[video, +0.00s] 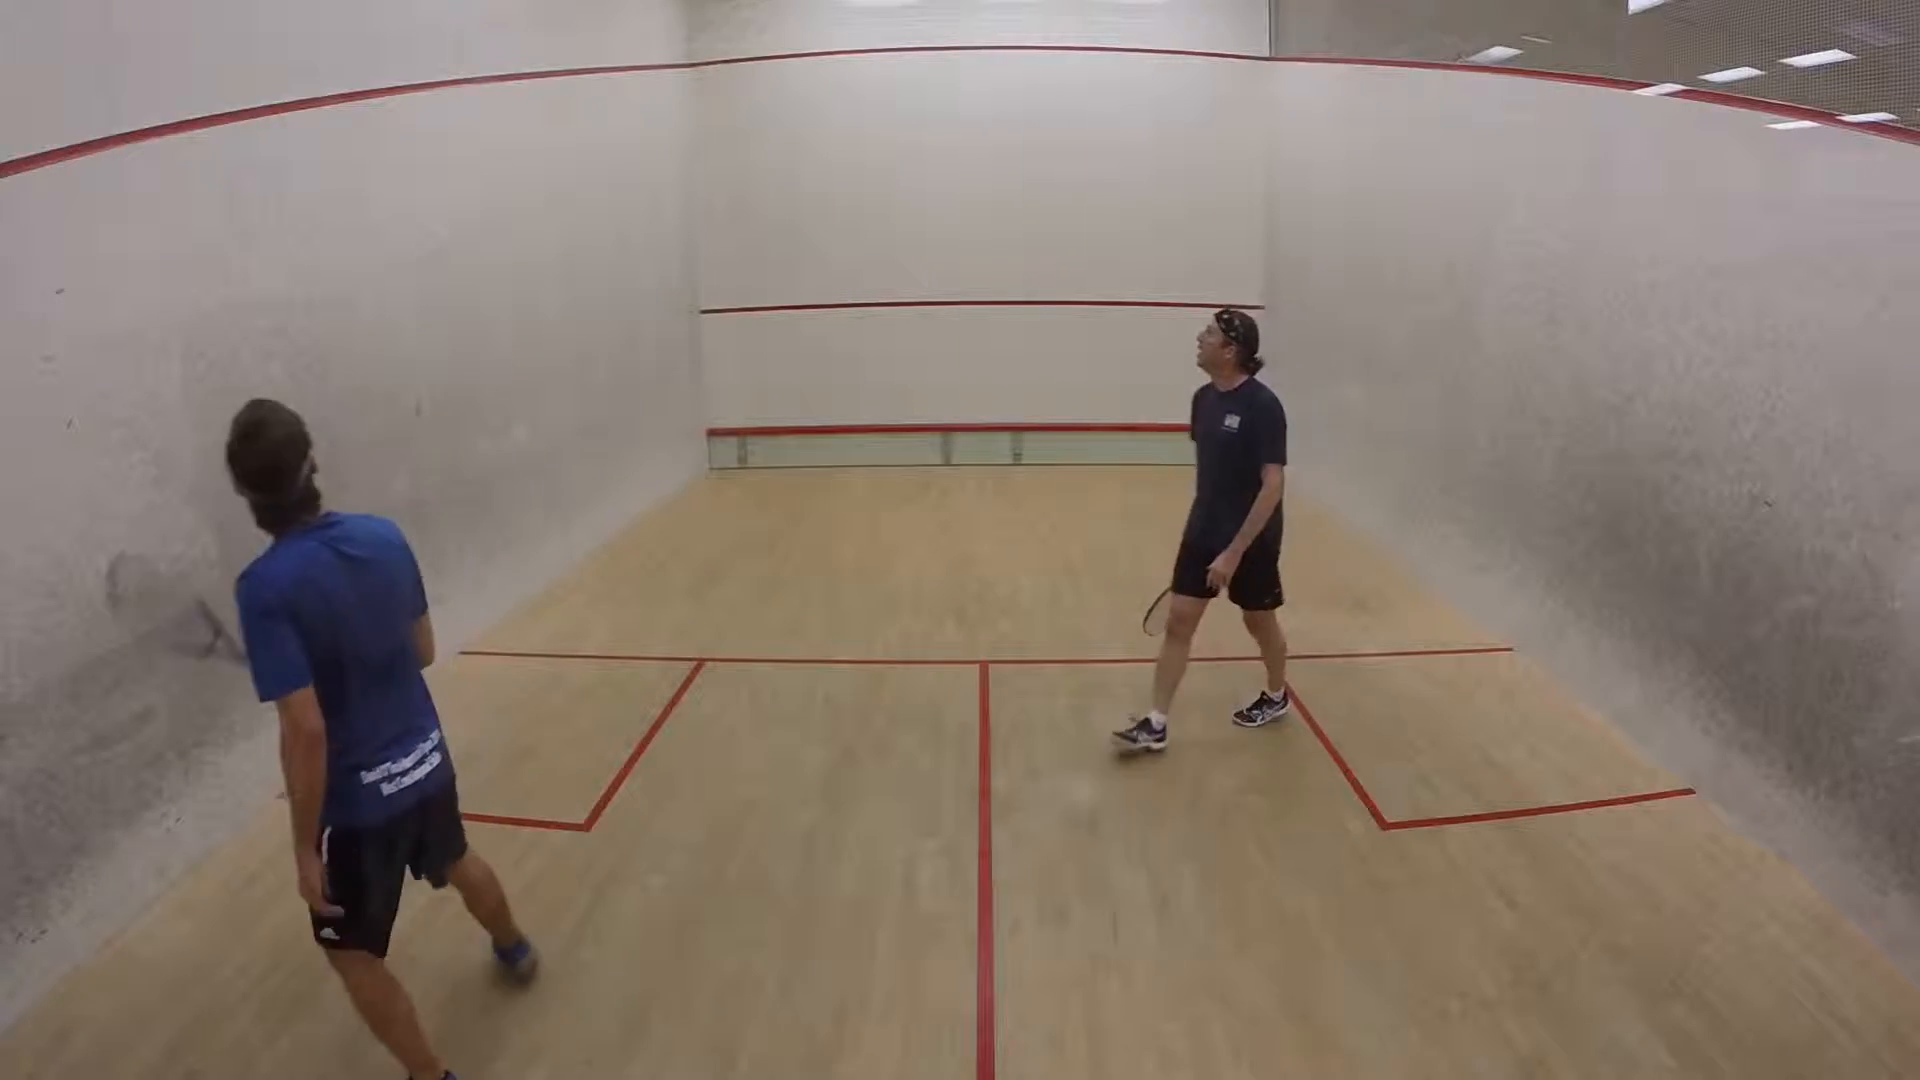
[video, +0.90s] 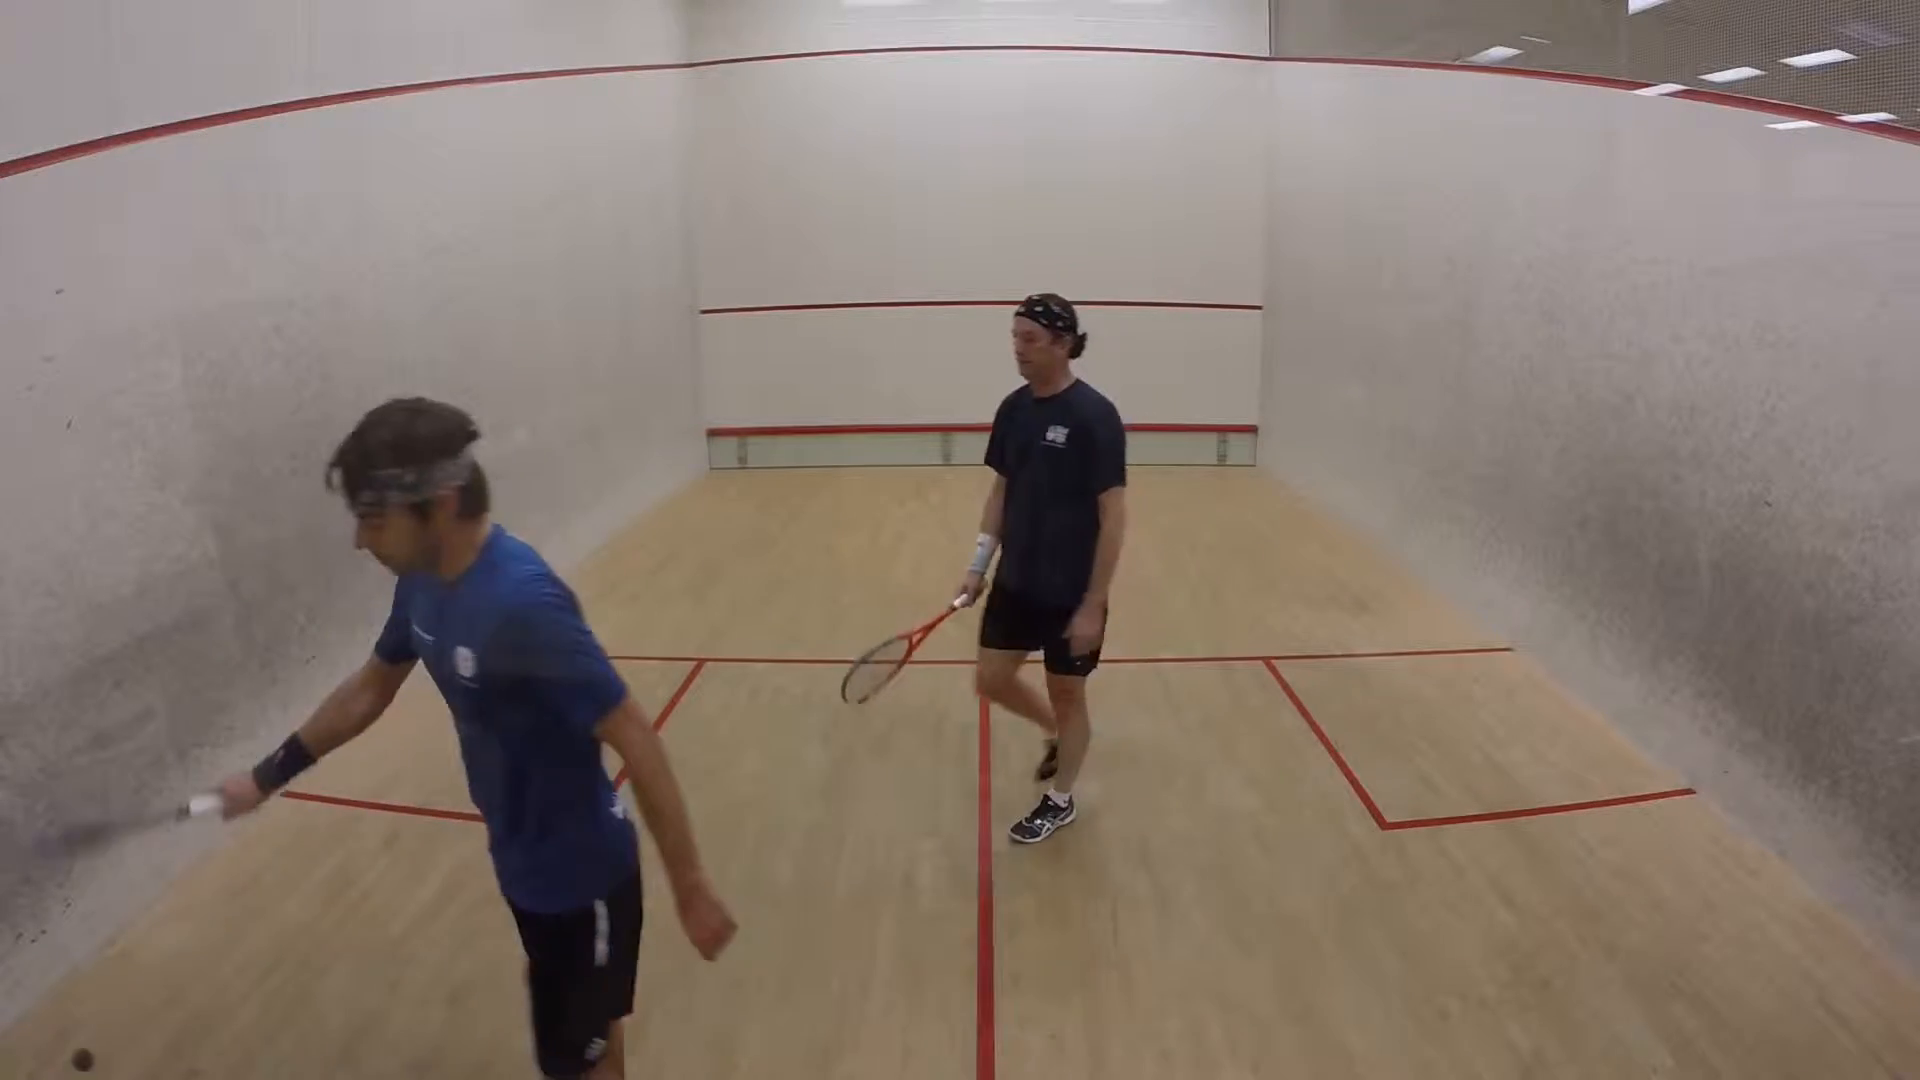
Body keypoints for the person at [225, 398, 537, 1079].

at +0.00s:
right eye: (303, 450)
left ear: (240, 485)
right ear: (312, 463)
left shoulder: (266, 587)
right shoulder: (380, 537)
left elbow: (306, 728)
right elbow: (422, 649)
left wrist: (307, 849)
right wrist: (343, 650)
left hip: (361, 807)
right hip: (429, 768)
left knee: (348, 947)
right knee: (456, 860)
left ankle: (429, 1072)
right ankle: (515, 949)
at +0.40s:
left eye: (233, 482)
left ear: (244, 505)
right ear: (319, 470)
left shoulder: (273, 611)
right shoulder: (398, 549)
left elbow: (329, 772)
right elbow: (457, 664)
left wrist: (330, 887)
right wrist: (405, 731)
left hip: (383, 845)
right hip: (455, 801)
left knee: (401, 989)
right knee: (459, 926)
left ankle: (432, 1075)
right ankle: (562, 1044)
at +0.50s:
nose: (260, 523)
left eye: (258, 512)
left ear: (274, 524)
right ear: (342, 480)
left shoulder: (323, 619)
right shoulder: (417, 557)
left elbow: (388, 771)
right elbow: (467, 677)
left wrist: (381, 894)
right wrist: (420, 761)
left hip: (423, 867)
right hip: (491, 825)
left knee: (423, 1022)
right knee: (491, 957)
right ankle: (587, 1071)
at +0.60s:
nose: (279, 546)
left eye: (277, 532)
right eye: (272, 533)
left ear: (306, 528)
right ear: (356, 493)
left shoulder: (375, 613)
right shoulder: (419, 560)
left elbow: (467, 754)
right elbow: (463, 694)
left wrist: (454, 896)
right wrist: (408, 782)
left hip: (457, 869)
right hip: (515, 824)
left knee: (442, 1021)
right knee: (523, 971)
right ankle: (594, 1073)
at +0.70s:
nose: (289, 543)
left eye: (292, 524)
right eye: (283, 526)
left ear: (338, 512)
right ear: (350, 507)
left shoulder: (417, 598)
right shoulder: (427, 555)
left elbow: (534, 736)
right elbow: (423, 684)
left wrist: (543, 886)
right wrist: (352, 764)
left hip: (483, 858)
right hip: (522, 829)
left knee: (473, 1015)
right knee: (547, 982)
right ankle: (597, 1072)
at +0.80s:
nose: (318, 538)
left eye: (324, 516)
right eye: (313, 518)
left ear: (384, 504)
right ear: (385, 505)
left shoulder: (466, 595)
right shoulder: (424, 568)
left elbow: (584, 726)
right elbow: (394, 673)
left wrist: (628, 878)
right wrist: (295, 751)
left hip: (532, 863)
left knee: (515, 1043)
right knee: (581, 1005)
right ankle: (604, 1077)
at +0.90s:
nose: (360, 541)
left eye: (373, 518)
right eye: (358, 519)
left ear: (442, 501)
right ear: (436, 506)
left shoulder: (525, 604)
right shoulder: (424, 578)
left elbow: (637, 739)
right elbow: (369, 688)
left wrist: (693, 888)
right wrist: (267, 776)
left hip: (581, 877)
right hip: (527, 862)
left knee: (574, 1062)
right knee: (592, 1030)